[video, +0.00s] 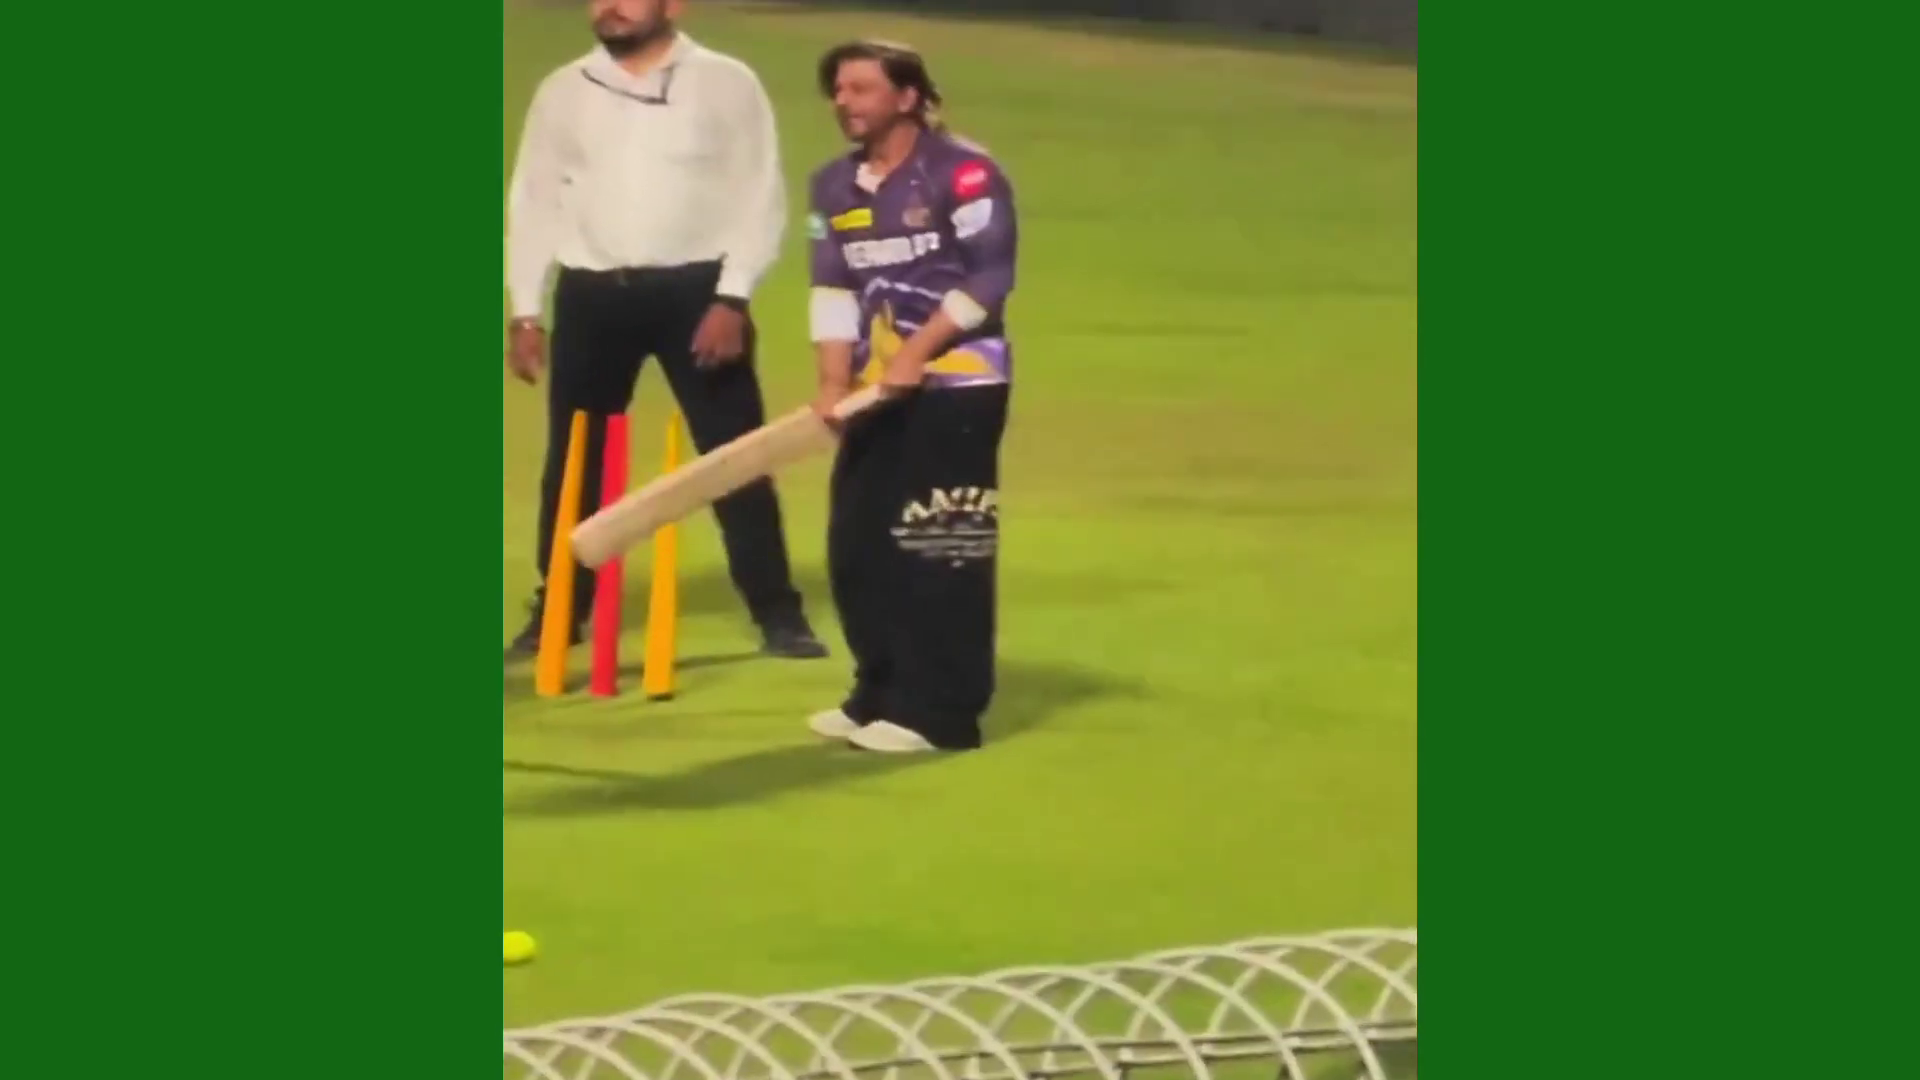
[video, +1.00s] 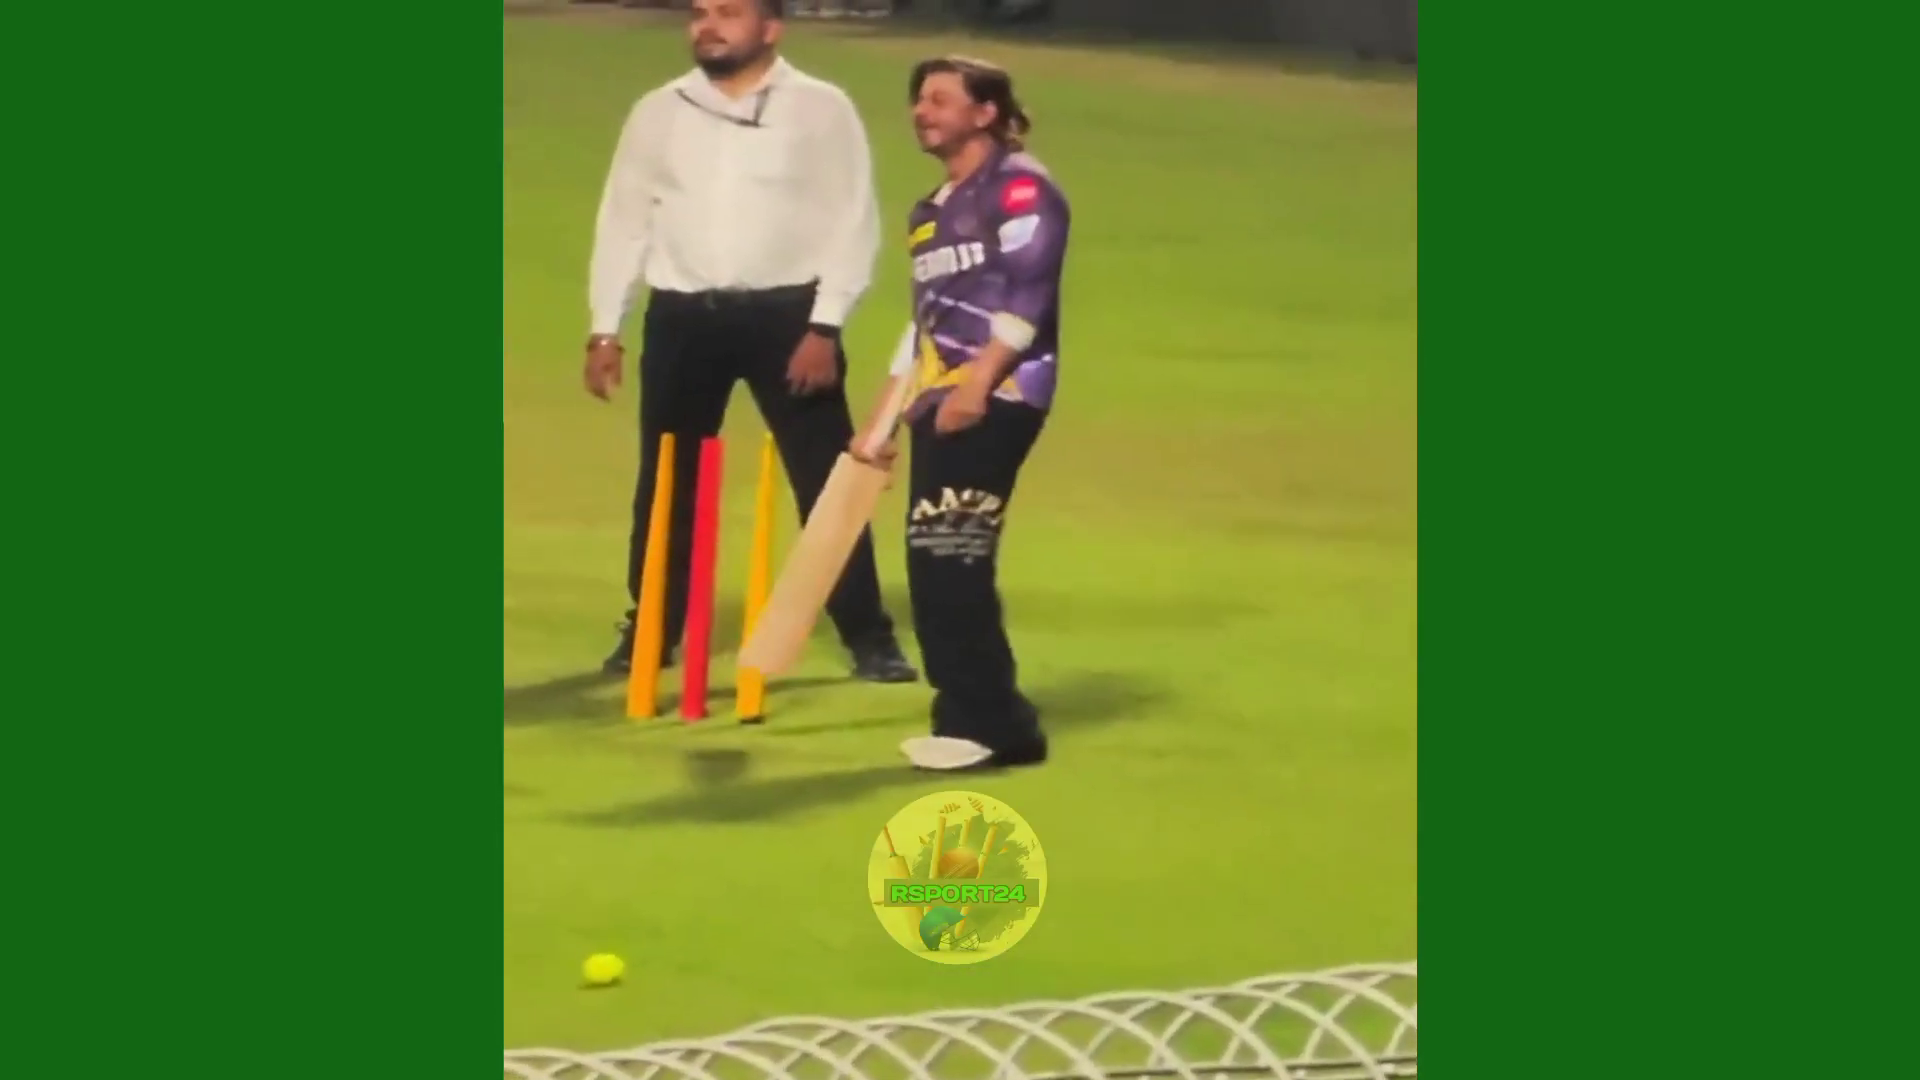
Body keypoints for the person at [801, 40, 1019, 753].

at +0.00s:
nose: (845, 102)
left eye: (860, 89)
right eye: (839, 92)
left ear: (908, 96)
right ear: (836, 103)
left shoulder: (967, 172)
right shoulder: (833, 185)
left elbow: (990, 281)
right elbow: (832, 295)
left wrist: (915, 351)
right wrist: (833, 383)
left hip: (958, 385)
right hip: (879, 389)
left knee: (941, 546)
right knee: (856, 541)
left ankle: (942, 713)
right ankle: (879, 692)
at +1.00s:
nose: (923, 113)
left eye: (939, 102)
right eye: (921, 102)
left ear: (985, 113)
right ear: (922, 115)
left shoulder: (1023, 188)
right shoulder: (928, 211)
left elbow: (1030, 302)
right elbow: (925, 322)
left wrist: (977, 381)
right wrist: (882, 419)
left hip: (999, 394)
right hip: (941, 394)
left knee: (956, 554)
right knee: (930, 554)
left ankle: (989, 725)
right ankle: (971, 718)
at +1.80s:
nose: (964, 184)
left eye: (976, 174)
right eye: (969, 171)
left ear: (1013, 189)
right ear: (1020, 189)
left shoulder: (1022, 273)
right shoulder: (1052, 258)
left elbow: (998, 396)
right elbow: (1025, 386)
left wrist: (946, 463)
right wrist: (961, 456)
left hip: (1029, 484)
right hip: (1061, 484)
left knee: (970, 641)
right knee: (1059, 645)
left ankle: (942, 796)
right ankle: (1125, 794)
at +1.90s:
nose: (969, 189)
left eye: (980, 180)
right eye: (974, 177)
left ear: (1016, 195)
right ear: (1025, 195)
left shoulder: (1028, 277)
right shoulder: (1057, 266)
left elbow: (1006, 393)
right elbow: (1024, 387)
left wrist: (947, 452)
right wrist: (972, 450)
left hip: (1033, 487)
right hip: (1068, 488)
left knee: (984, 644)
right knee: (1059, 645)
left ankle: (969, 803)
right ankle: (1140, 794)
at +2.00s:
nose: (982, 196)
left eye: (992, 186)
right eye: (988, 183)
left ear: (1028, 201)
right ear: (1034, 201)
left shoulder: (1043, 285)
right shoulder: (1064, 270)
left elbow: (1014, 402)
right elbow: (1027, 395)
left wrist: (963, 441)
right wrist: (974, 444)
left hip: (1048, 487)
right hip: (1074, 487)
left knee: (1006, 649)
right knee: (1052, 649)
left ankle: (1001, 813)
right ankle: (1156, 786)